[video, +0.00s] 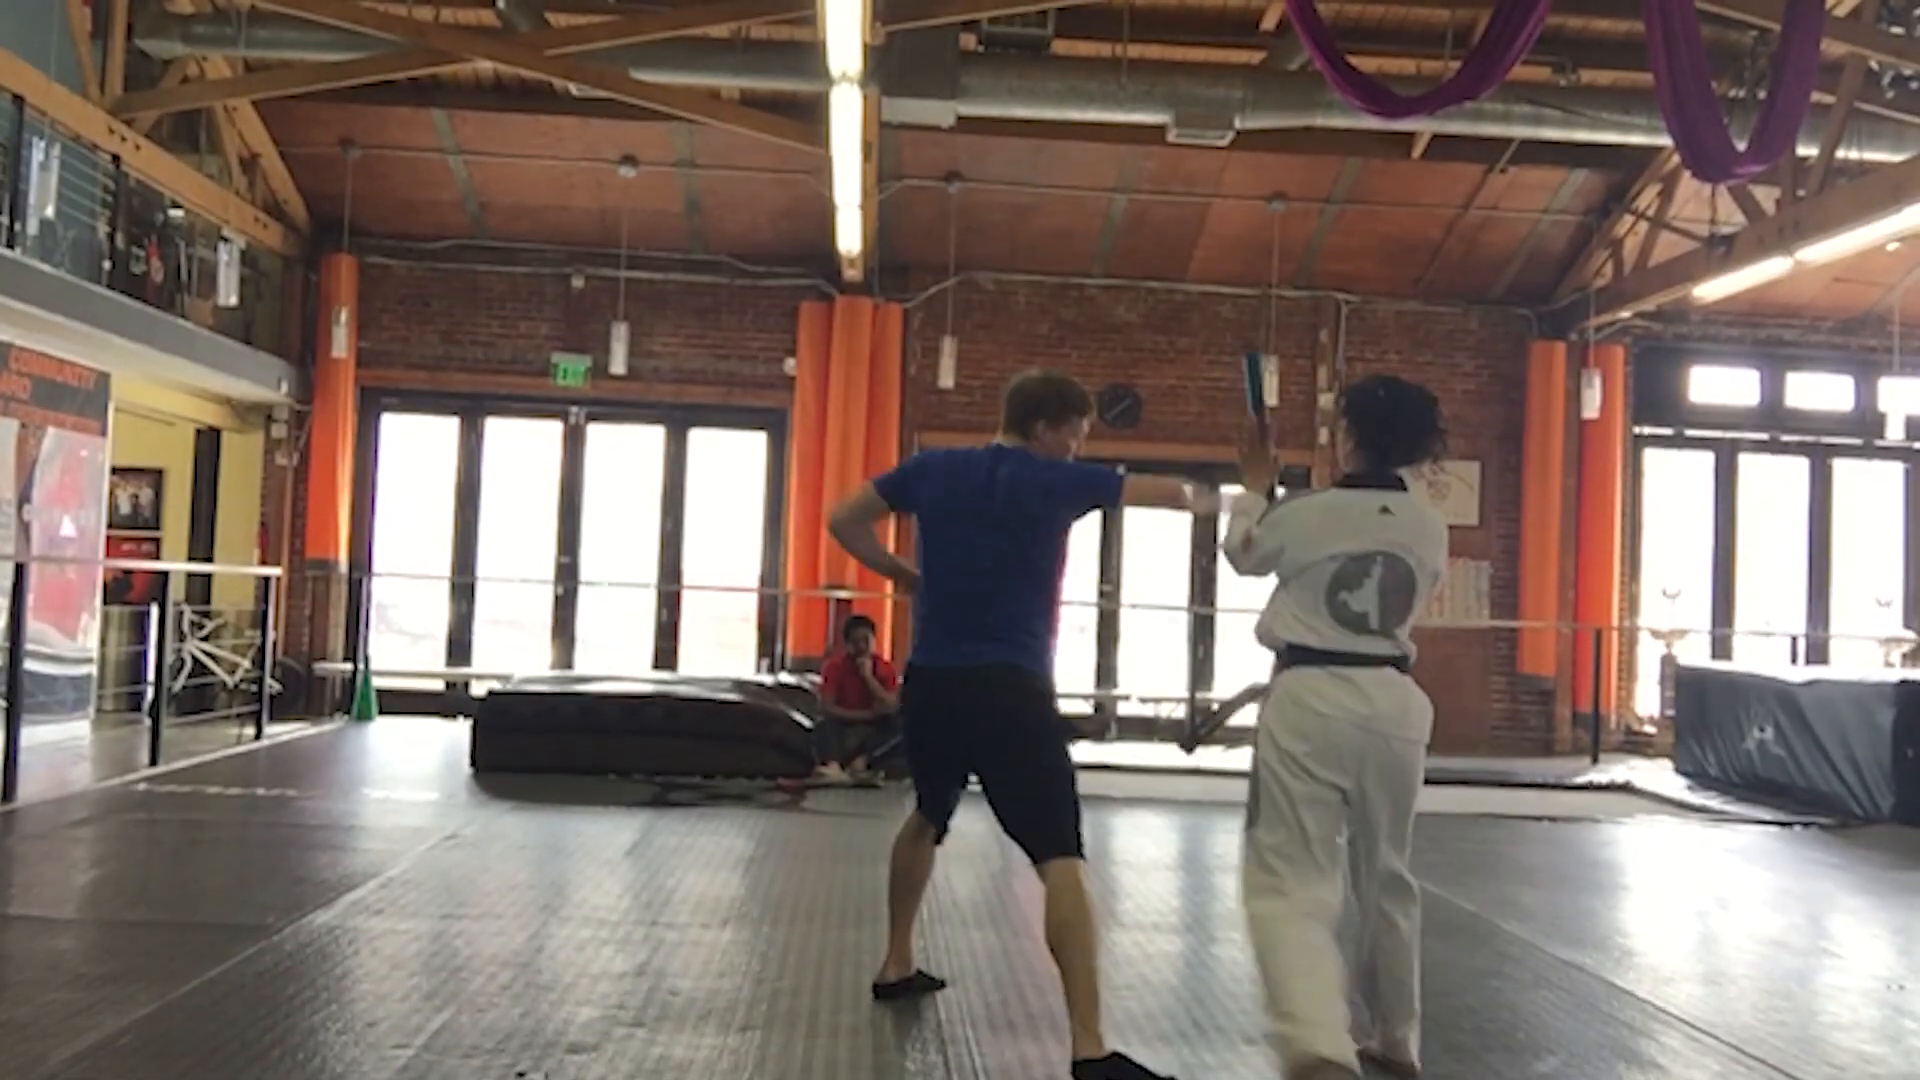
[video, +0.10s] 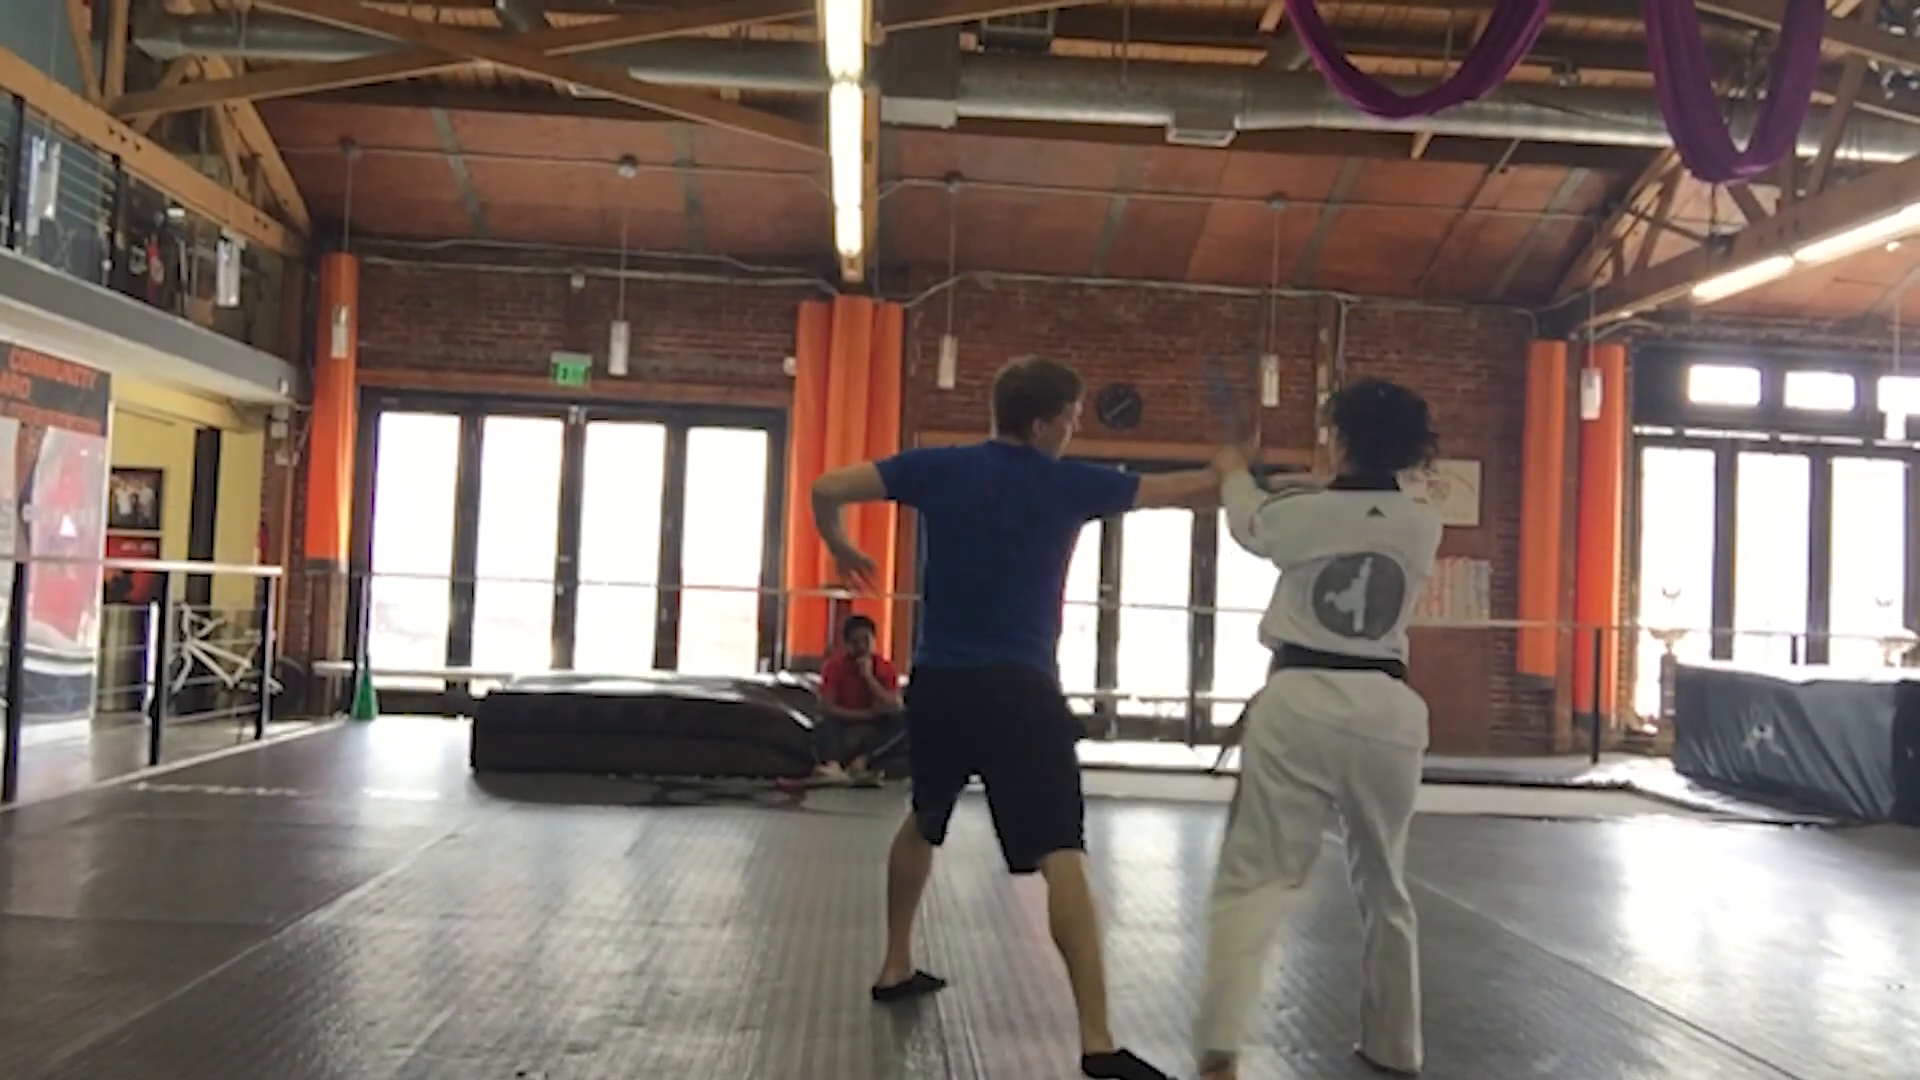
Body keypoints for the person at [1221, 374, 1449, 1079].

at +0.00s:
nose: (1332, 437)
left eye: (1339, 427)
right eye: (1337, 425)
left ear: (1353, 438)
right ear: (1414, 444)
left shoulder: (1304, 512)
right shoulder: (1430, 526)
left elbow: (1244, 554)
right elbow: (1403, 594)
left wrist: (1255, 492)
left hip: (1308, 697)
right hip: (1396, 700)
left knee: (1292, 877)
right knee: (1389, 878)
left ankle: (1320, 1051)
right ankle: (1398, 1046)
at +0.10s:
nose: (1325, 437)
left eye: (1332, 428)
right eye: (1329, 424)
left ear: (1347, 442)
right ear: (1406, 448)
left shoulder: (1305, 513)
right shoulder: (1424, 521)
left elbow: (1249, 525)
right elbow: (1368, 514)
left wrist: (1234, 472)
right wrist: (1323, 482)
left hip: (1297, 700)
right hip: (1387, 705)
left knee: (1253, 879)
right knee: (1387, 886)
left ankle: (1220, 1053)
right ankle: (1396, 1049)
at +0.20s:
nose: (1298, 454)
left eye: (1304, 444)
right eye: (1300, 443)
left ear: (1320, 452)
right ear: (1385, 453)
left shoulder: (1289, 521)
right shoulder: (1413, 530)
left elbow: (1222, 536)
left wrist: (1234, 487)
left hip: (1290, 709)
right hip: (1379, 715)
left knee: (1233, 884)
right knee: (1371, 885)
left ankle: (1216, 1056)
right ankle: (1397, 1051)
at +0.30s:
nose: (1259, 454)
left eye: (1265, 441)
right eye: (1259, 441)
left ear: (1290, 450)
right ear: (1347, 446)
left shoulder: (1266, 518)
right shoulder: (1389, 503)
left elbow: (1214, 565)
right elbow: (1453, 468)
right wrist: (1449, 417)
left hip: (1308, 708)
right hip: (1381, 704)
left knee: (1241, 880)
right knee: (1337, 861)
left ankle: (1232, 1063)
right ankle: (1394, 1022)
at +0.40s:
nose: (1247, 460)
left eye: (1255, 446)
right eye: (1247, 446)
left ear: (1284, 451)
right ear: (1325, 444)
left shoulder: (1279, 523)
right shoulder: (1377, 475)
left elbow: (1220, 598)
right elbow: (1417, 430)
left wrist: (1220, 571)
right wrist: (1434, 410)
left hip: (1333, 706)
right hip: (1390, 698)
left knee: (1245, 875)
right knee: (1333, 859)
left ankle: (1232, 1061)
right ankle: (1387, 1000)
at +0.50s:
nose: (1258, 479)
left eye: (1265, 468)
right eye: (1258, 467)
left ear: (1298, 470)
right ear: (1321, 464)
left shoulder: (1326, 532)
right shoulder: (1357, 498)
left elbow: (1236, 597)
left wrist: (1256, 533)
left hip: (1359, 721)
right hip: (1377, 709)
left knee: (1270, 897)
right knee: (1351, 874)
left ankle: (1232, 1068)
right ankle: (1393, 1018)